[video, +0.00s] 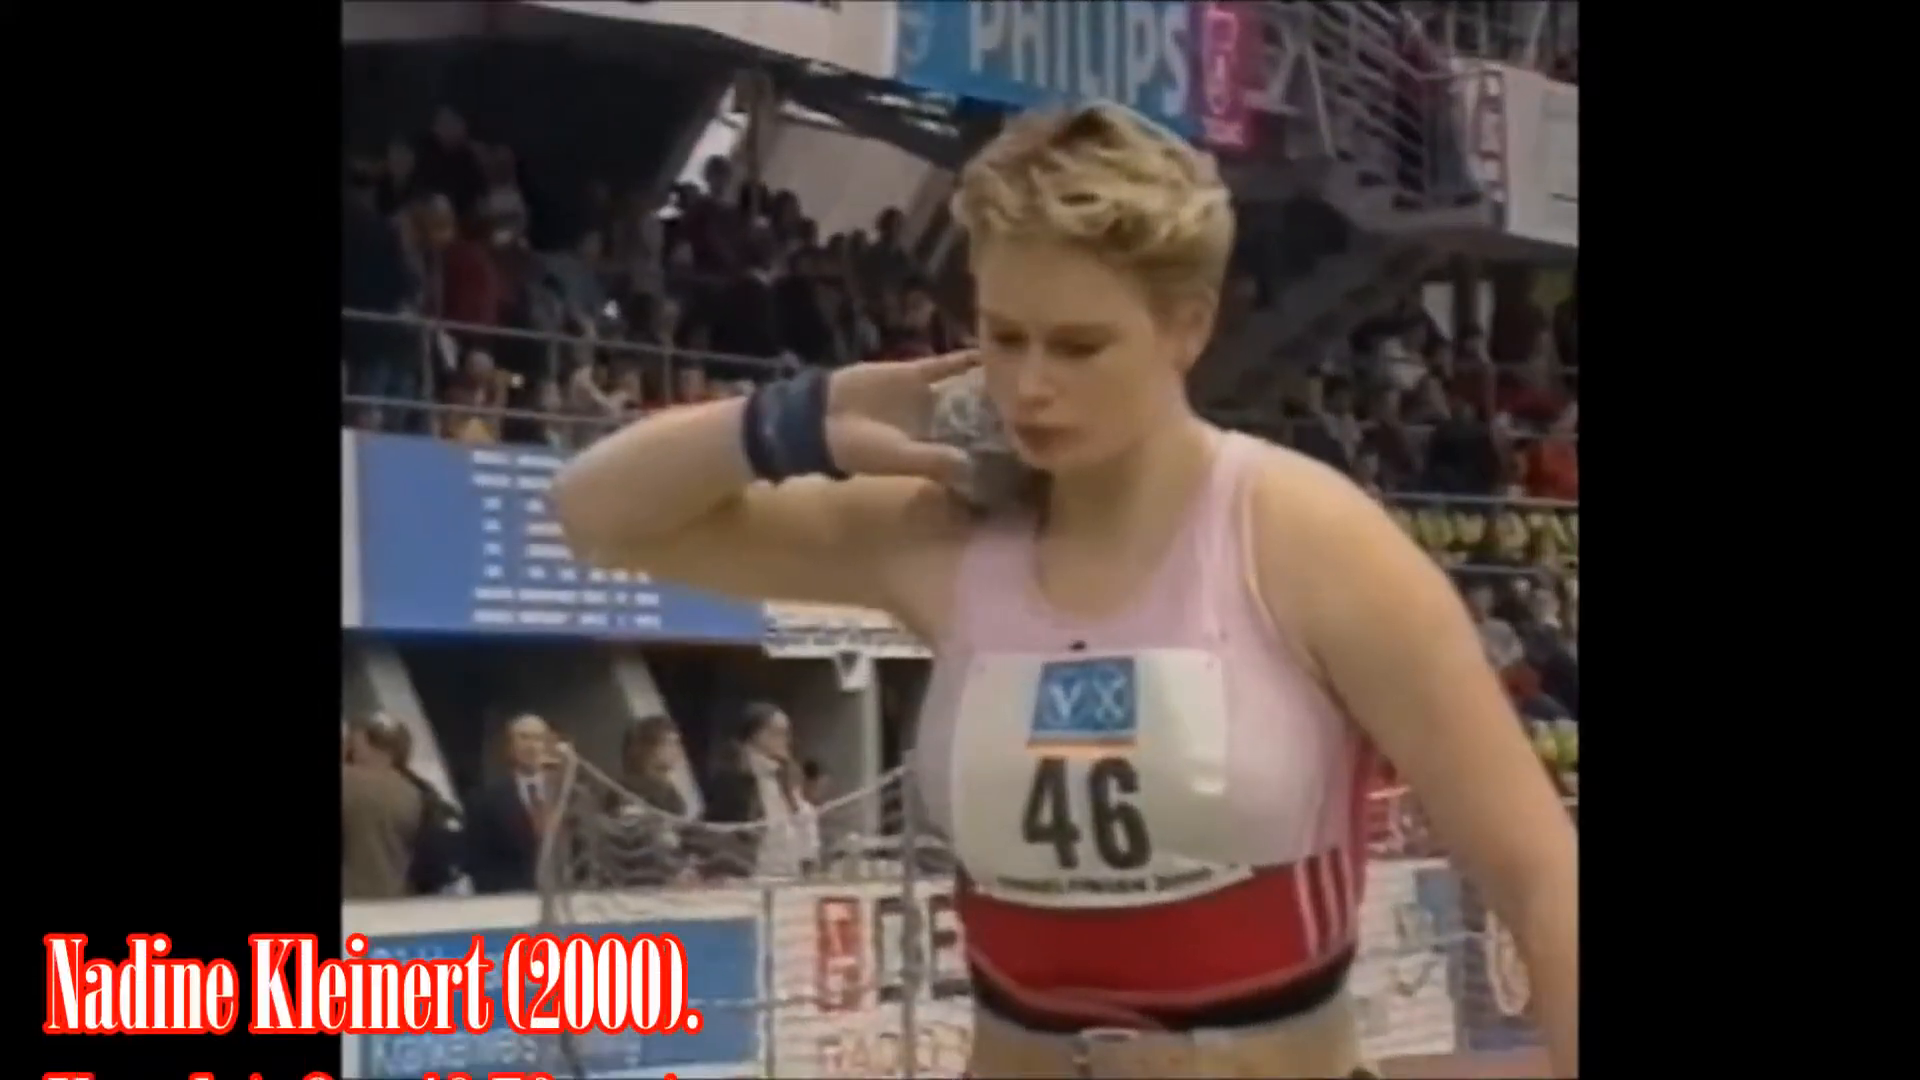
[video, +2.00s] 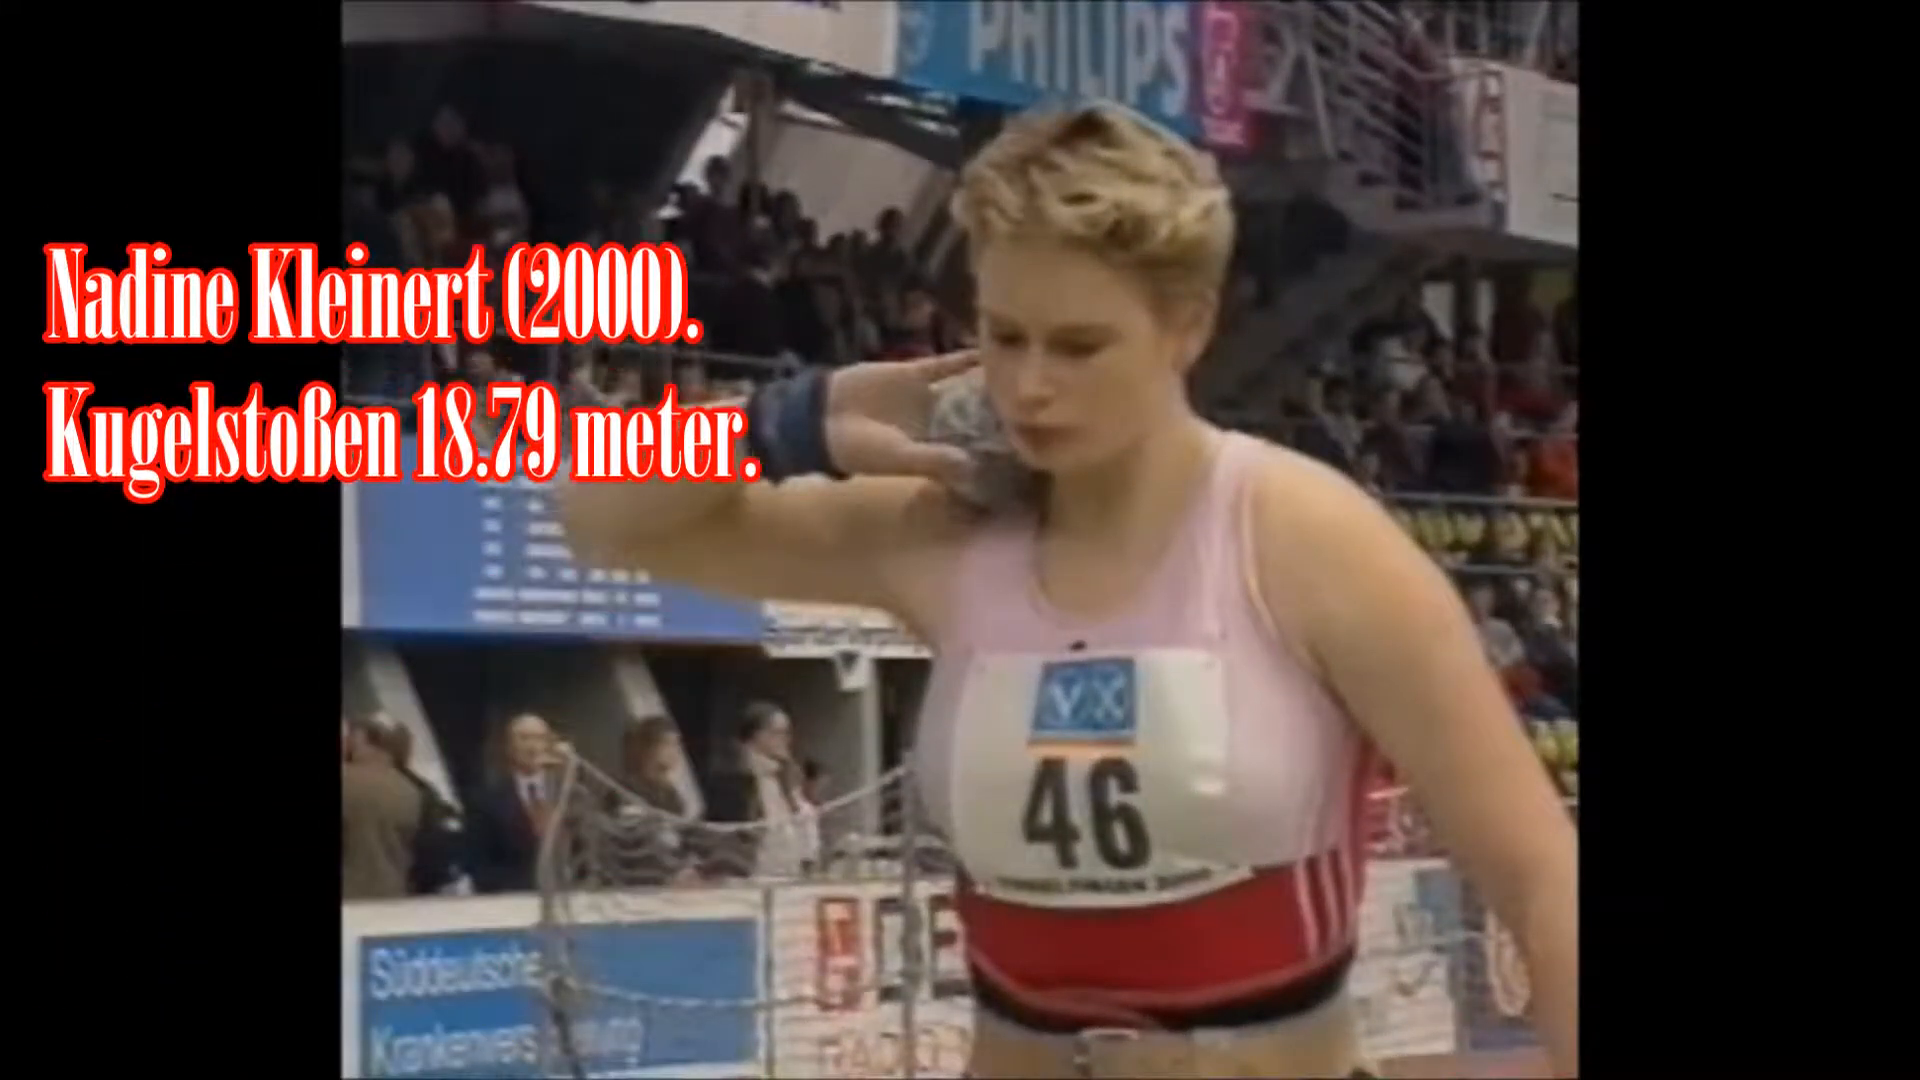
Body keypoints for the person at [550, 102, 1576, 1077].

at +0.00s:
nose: (1028, 387)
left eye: (1079, 344)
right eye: (1004, 339)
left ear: (1186, 328)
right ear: (974, 324)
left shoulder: (1304, 534)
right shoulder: (928, 534)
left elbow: (1539, 875)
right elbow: (598, 513)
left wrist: (1563, 1061)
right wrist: (813, 419)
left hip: (1268, 1055)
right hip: (1016, 1053)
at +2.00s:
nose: (1027, 387)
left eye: (1079, 344)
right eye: (1004, 338)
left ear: (1187, 327)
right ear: (973, 323)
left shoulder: (1301, 532)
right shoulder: (928, 534)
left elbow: (1538, 874)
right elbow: (608, 519)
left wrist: (1564, 1061)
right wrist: (812, 420)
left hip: (1272, 1055)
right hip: (1017, 1053)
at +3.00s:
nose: (1028, 386)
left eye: (1079, 344)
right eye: (1004, 338)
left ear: (1186, 330)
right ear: (974, 324)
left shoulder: (1303, 533)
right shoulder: (928, 534)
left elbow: (1539, 875)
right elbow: (600, 512)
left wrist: (1564, 1060)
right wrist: (809, 420)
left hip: (1270, 1054)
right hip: (1016, 1051)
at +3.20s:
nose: (1028, 386)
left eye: (1079, 344)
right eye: (1004, 338)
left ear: (1186, 330)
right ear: (974, 325)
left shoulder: (1303, 533)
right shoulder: (928, 535)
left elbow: (1539, 875)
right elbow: (600, 512)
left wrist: (1564, 1060)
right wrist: (809, 420)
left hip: (1269, 1054)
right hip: (1016, 1051)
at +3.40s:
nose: (1028, 387)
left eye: (1078, 345)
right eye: (1003, 339)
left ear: (1186, 330)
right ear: (974, 325)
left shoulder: (1301, 532)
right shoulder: (928, 535)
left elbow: (1539, 874)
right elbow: (600, 512)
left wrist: (1563, 1060)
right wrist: (816, 418)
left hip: (1270, 1054)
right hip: (1017, 1052)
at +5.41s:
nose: (1116, 421)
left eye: (1160, 384)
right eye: (1093, 376)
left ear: (1260, 358)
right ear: (1064, 355)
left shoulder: (1357, 533)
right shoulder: (1027, 546)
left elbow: (1566, 833)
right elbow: (704, 596)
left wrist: (1650, 1052)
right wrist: (943, 461)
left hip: (1324, 1055)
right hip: (1089, 1054)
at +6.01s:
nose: (750, 512)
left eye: (797, 469)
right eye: (710, 463)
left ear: (908, 402)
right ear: (672, 416)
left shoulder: (1046, 519)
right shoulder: (654, 535)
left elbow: (1249, 934)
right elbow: (287, 724)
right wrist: (590, 642)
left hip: (1111, 1032)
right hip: (869, 1037)